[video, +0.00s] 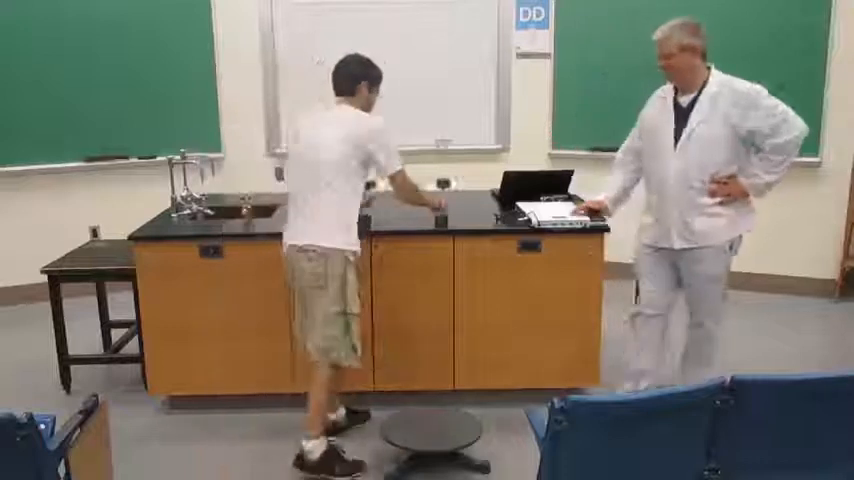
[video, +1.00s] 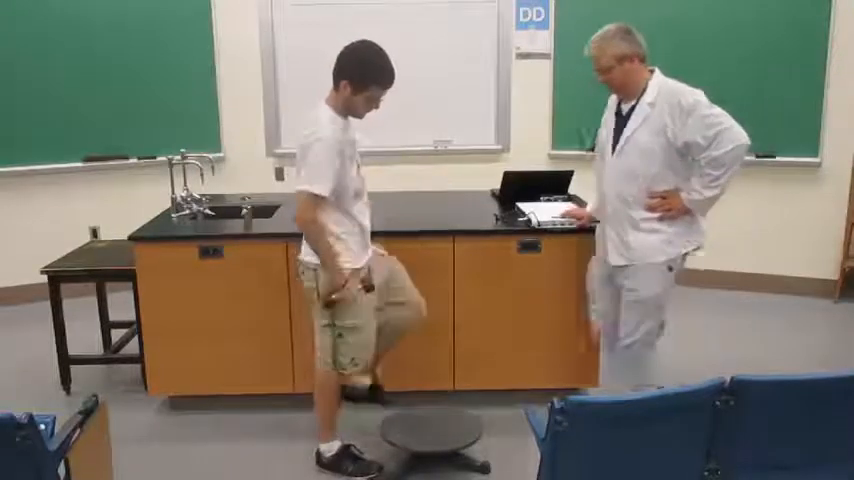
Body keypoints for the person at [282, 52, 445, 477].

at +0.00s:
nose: (377, 98)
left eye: (376, 91)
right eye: (376, 91)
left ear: (339, 88)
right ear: (364, 88)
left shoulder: (309, 122)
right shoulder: (368, 125)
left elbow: (301, 178)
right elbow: (403, 188)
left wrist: (351, 194)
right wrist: (430, 201)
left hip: (296, 246)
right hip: (330, 251)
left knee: (323, 340)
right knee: (326, 352)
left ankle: (333, 413)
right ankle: (313, 447)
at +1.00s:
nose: (378, 104)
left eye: (381, 95)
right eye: (374, 95)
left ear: (347, 87)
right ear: (346, 86)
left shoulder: (343, 125)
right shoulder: (327, 133)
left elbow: (341, 204)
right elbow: (305, 214)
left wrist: (363, 251)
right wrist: (334, 268)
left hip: (362, 253)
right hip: (334, 263)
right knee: (334, 360)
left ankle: (355, 372)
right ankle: (328, 447)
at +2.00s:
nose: (418, 114)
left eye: (422, 106)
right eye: (416, 104)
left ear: (391, 91)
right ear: (391, 89)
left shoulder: (378, 131)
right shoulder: (358, 137)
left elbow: (368, 208)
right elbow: (335, 214)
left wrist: (389, 259)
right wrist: (348, 279)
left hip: (392, 261)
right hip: (366, 274)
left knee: (443, 319)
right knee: (365, 362)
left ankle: (412, 401)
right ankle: (331, 446)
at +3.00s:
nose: (477, 57)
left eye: (481, 49)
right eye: (475, 47)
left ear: (458, 35)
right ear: (450, 30)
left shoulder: (442, 77)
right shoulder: (416, 75)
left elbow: (440, 152)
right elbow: (401, 147)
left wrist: (454, 216)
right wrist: (403, 220)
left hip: (448, 219)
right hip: (426, 220)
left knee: (437, 319)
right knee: (427, 320)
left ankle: (421, 399)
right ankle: (413, 407)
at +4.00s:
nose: (475, 49)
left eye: (478, 40)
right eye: (475, 39)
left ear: (451, 29)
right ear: (452, 29)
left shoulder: (431, 77)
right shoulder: (421, 81)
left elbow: (420, 155)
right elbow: (408, 154)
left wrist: (442, 220)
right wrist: (421, 227)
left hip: (438, 221)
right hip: (426, 224)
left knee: (431, 321)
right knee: (423, 323)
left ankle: (423, 399)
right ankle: (414, 412)